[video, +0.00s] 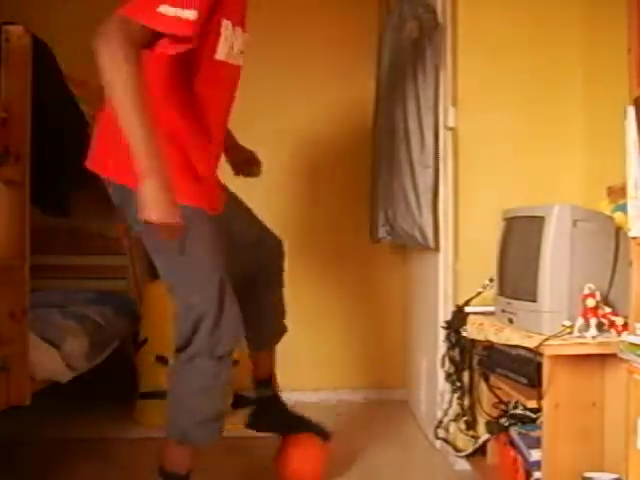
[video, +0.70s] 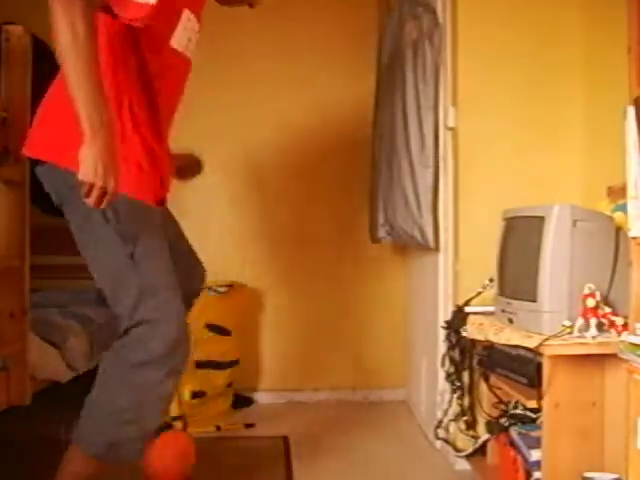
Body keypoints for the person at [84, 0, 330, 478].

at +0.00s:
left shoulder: (230, 8)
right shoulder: (192, 3)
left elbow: (187, 78)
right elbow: (113, 40)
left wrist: (231, 146)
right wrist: (151, 177)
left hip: (187, 168)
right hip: (150, 170)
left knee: (262, 253)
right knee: (210, 318)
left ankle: (263, 398)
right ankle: (174, 470)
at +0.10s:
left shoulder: (217, 12)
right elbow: (150, 24)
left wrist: (226, 158)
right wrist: (218, 141)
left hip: (185, 145)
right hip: (138, 139)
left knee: (270, 242)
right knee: (193, 289)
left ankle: (210, 373)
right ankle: (161, 466)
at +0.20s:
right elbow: (135, 5)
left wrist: (225, 104)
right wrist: (222, 95)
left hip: (180, 136)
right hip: (141, 129)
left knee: (235, 280)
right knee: (179, 285)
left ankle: (180, 432)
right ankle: (113, 468)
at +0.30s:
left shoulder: (242, 8)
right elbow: (111, 2)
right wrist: (169, 52)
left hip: (186, 150)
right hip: (137, 138)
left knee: (198, 316)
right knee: (162, 306)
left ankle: (169, 459)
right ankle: (103, 470)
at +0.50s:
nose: (274, 7)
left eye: (276, 5)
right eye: (274, 2)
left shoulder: (199, 10)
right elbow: (113, 2)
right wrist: (144, 94)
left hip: (143, 161)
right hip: (102, 146)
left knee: (222, 280)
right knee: (126, 326)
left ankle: (226, 438)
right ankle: (68, 470)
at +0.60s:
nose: (263, 14)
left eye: (269, 8)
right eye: (269, 5)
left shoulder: (185, 12)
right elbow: (91, 6)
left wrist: (137, 150)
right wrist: (117, 142)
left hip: (126, 161)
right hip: (88, 154)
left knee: (208, 268)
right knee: (149, 328)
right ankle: (79, 466)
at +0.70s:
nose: (249, 5)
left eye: (250, 5)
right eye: (249, 2)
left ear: (232, 1)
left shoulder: (186, 12)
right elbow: (69, 6)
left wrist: (157, 155)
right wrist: (97, 133)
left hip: (121, 160)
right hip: (88, 156)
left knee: (184, 279)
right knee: (159, 324)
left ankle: (48, 338)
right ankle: (82, 464)